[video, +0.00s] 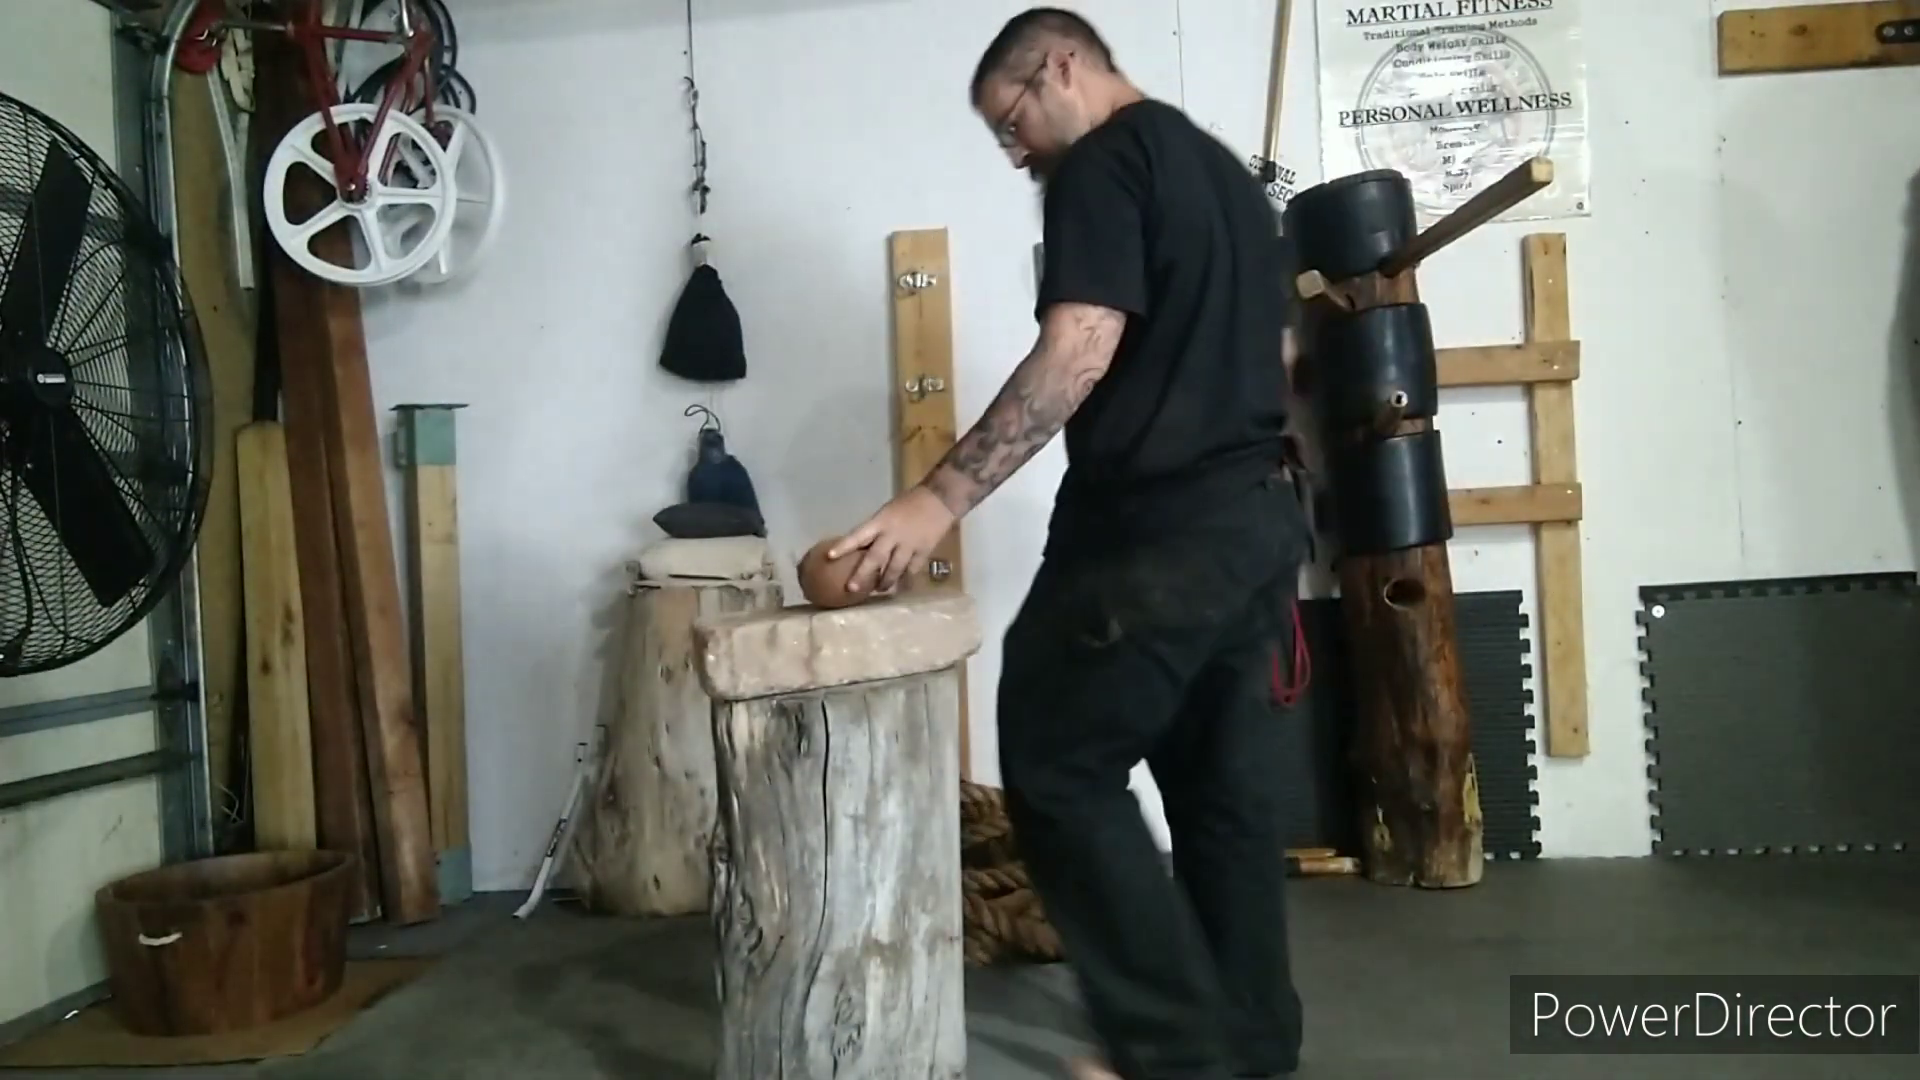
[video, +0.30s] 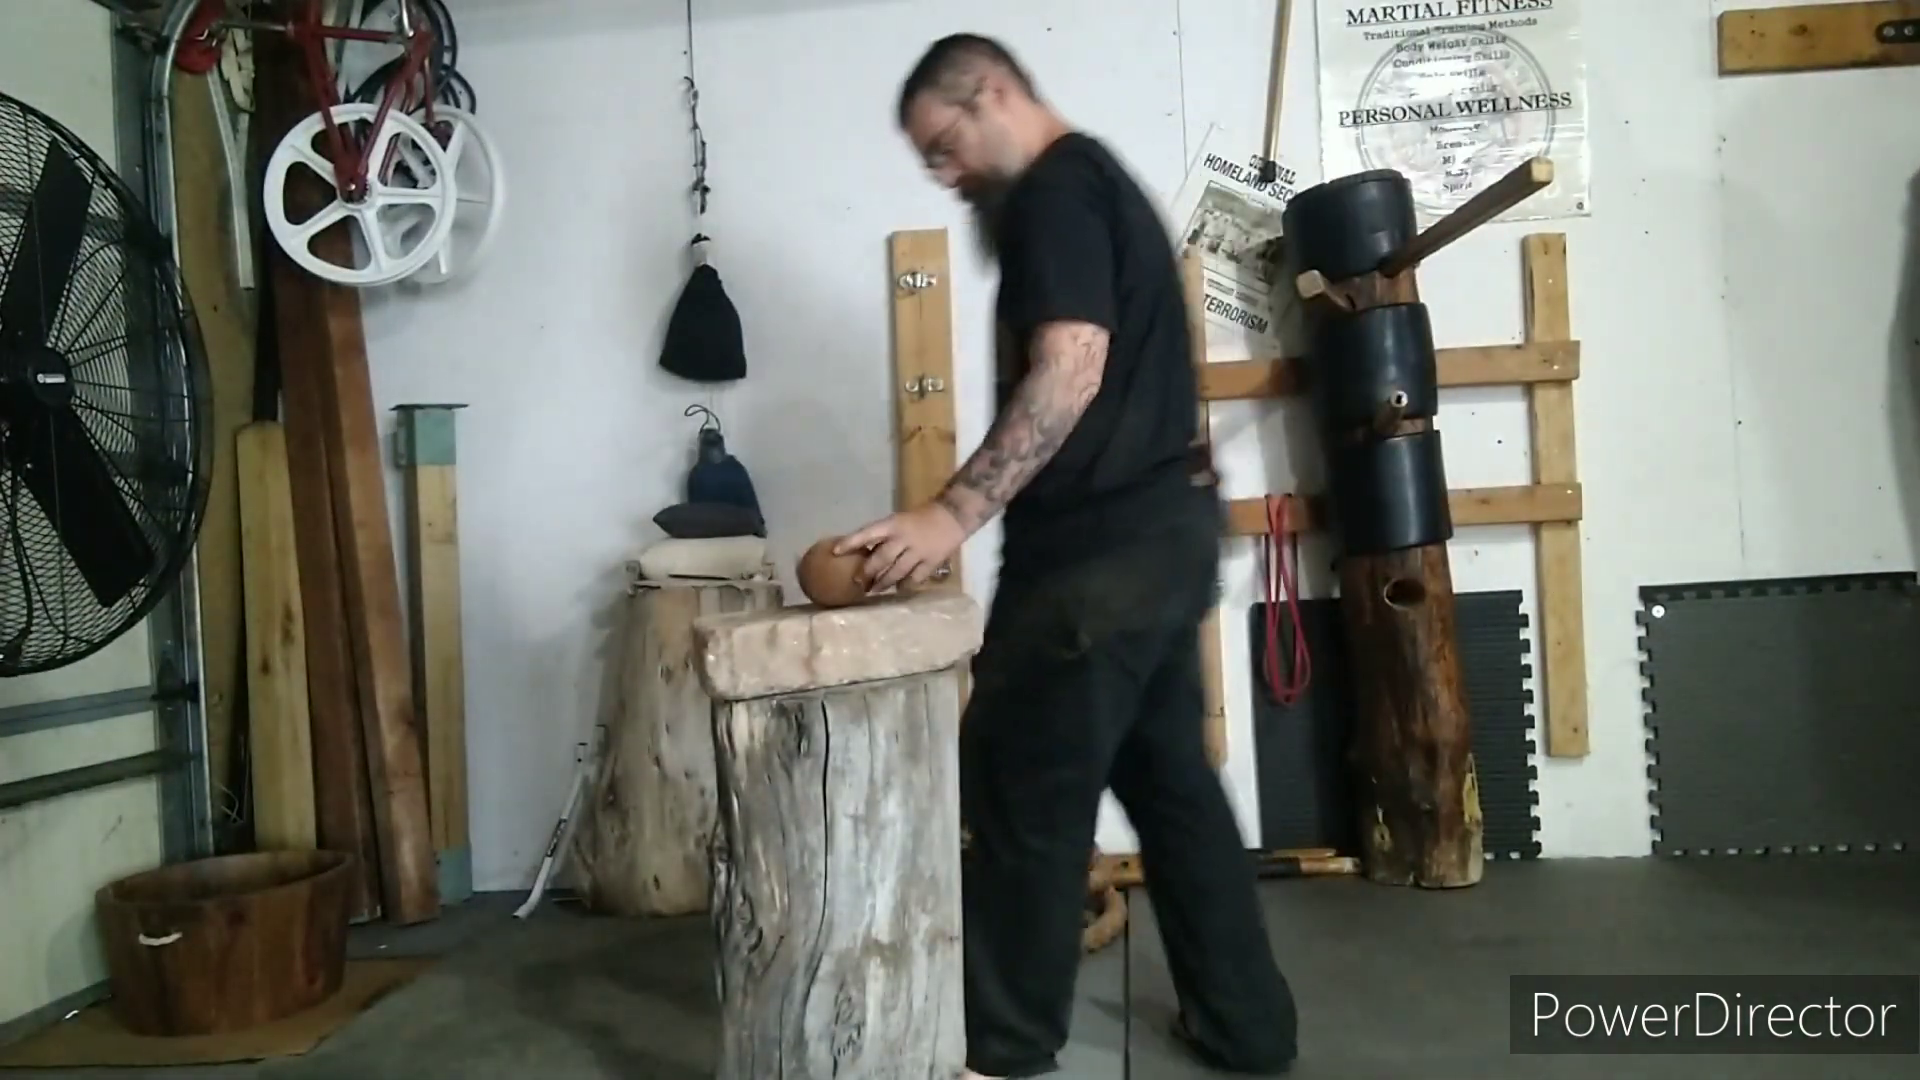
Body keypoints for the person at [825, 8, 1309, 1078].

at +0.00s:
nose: (1013, 152)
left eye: (1010, 121)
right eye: (1001, 135)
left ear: (1063, 68)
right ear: (1082, 71)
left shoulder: (1102, 162)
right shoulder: (1225, 170)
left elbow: (1076, 351)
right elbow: (1270, 353)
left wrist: (935, 502)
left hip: (1146, 524)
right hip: (1250, 514)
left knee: (1054, 764)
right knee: (1224, 804)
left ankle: (1173, 1041)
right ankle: (1258, 1045)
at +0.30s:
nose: (942, 176)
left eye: (943, 146)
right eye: (929, 159)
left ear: (995, 93)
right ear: (1001, 97)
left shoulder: (1057, 188)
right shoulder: (1092, 180)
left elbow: (1069, 367)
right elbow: (1089, 376)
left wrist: (953, 513)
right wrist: (969, 495)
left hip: (1096, 536)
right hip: (1158, 521)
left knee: (1020, 784)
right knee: (1169, 781)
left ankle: (1010, 1042)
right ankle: (1248, 1027)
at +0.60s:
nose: (867, 180)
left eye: (868, 152)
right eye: (854, 163)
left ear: (922, 98)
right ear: (916, 107)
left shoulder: (1004, 198)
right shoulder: (972, 205)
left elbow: (1040, 382)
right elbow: (983, 383)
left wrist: (932, 523)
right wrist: (917, 532)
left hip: (1022, 549)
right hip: (997, 548)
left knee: (996, 791)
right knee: (1008, 767)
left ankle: (1012, 1045)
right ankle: (1148, 945)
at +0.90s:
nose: (824, 176)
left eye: (832, 147)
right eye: (807, 160)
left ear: (886, 105)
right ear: (803, 140)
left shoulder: (971, 212)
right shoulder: (861, 225)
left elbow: (1014, 388)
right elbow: (871, 396)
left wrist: (931, 525)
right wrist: (826, 528)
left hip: (963, 556)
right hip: (870, 555)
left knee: (979, 819)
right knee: (885, 815)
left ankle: (1015, 1051)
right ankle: (894, 1045)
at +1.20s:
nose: (764, 197)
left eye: (780, 173)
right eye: (744, 179)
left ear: (819, 143)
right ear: (719, 166)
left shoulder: (884, 259)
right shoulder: (718, 274)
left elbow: (930, 422)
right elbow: (708, 422)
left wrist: (899, 522)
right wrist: (675, 533)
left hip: (854, 588)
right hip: (732, 590)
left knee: (902, 812)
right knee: (686, 818)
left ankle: (989, 1016)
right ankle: (707, 1000)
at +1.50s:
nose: (758, 190)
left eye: (775, 168)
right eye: (736, 171)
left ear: (806, 142)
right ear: (707, 153)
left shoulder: (862, 262)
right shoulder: (681, 257)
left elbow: (897, 421)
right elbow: (628, 391)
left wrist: (881, 521)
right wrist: (557, 512)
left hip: (828, 584)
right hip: (699, 578)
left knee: (874, 808)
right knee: (681, 805)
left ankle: (958, 1022)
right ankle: (700, 1000)